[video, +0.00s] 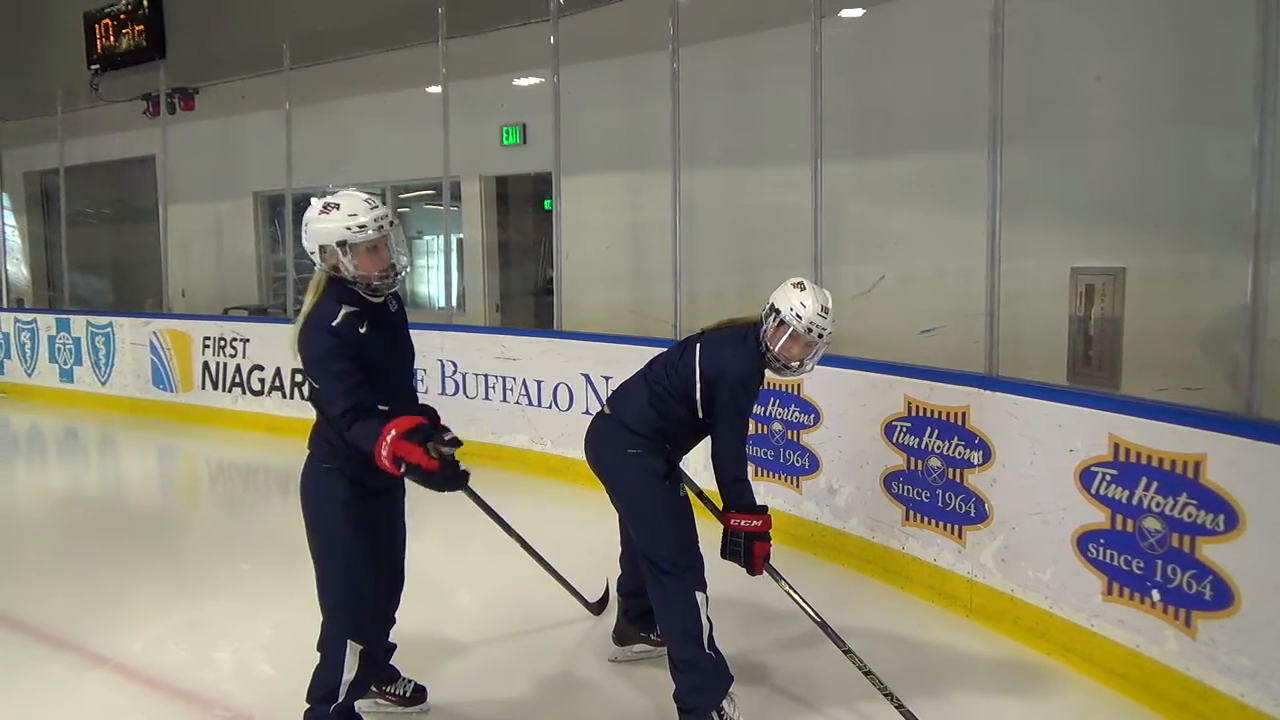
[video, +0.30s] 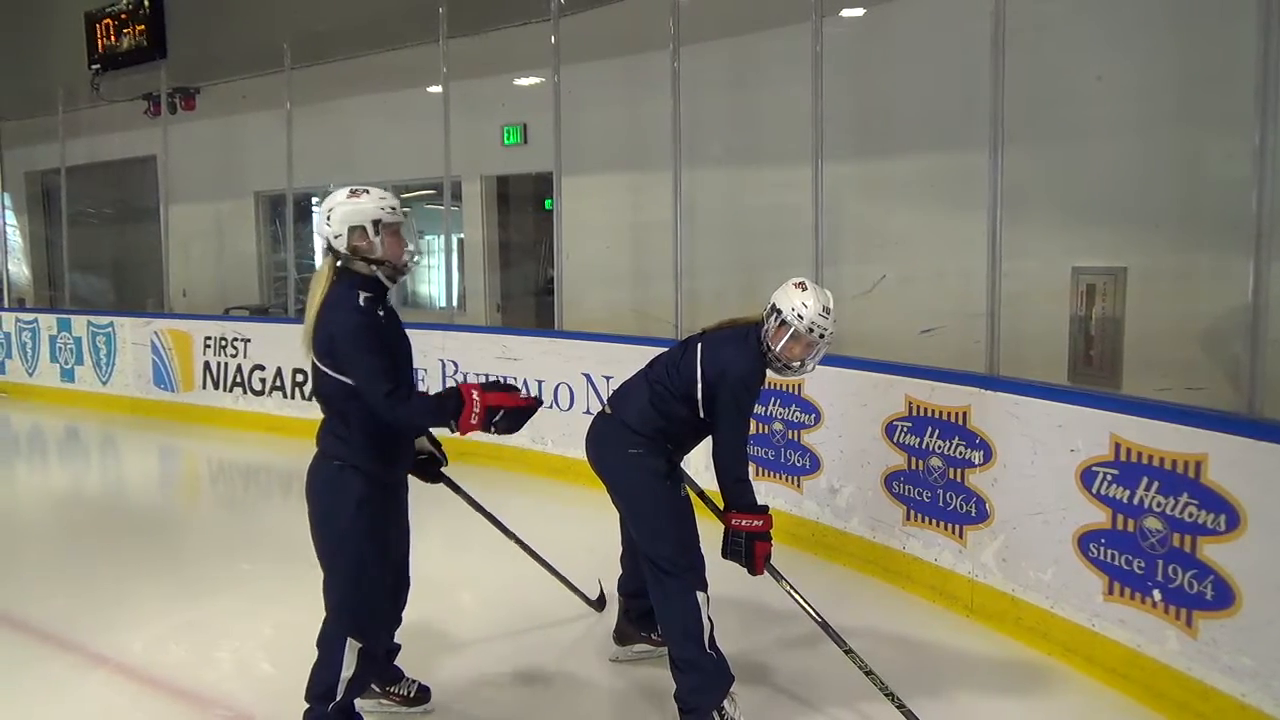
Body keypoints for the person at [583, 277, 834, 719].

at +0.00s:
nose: (790, 349)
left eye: (804, 343)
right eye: (786, 334)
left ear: (817, 347)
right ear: (770, 322)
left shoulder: (741, 341)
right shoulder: (740, 365)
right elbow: (728, 450)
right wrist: (746, 517)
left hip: (619, 435)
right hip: (634, 446)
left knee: (644, 534)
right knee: (678, 569)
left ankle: (635, 625)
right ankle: (703, 703)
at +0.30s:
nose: (793, 349)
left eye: (806, 343)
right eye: (789, 335)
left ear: (819, 346)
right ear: (772, 322)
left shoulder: (742, 341)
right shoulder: (741, 364)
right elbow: (729, 449)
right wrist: (746, 516)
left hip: (620, 435)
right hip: (635, 446)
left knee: (645, 534)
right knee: (679, 569)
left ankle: (636, 624)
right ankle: (704, 703)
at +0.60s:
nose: (793, 349)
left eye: (806, 343)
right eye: (789, 335)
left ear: (818, 347)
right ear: (772, 322)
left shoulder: (743, 340)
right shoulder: (742, 364)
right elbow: (730, 450)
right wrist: (748, 518)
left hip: (619, 435)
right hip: (636, 447)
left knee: (645, 536)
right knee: (680, 570)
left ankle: (637, 625)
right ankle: (704, 704)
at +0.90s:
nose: (799, 354)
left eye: (811, 348)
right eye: (795, 340)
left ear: (823, 350)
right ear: (775, 323)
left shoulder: (743, 342)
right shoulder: (743, 364)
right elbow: (731, 451)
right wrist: (749, 519)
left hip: (620, 436)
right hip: (636, 446)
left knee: (646, 536)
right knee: (681, 570)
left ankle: (637, 624)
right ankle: (705, 704)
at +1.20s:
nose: (809, 358)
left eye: (818, 350)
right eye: (805, 344)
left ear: (823, 347)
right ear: (780, 327)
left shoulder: (743, 343)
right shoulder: (743, 365)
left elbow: (730, 441)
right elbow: (731, 452)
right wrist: (749, 520)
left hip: (619, 436)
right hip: (636, 447)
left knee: (646, 537)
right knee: (681, 570)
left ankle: (637, 624)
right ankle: (706, 704)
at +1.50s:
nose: (801, 349)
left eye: (809, 340)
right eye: (795, 336)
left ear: (817, 336)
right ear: (768, 321)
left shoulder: (735, 337)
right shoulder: (737, 362)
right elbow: (734, 452)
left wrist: (674, 441)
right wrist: (757, 520)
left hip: (632, 443)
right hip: (635, 454)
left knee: (666, 542)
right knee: (691, 579)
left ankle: (644, 624)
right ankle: (691, 706)